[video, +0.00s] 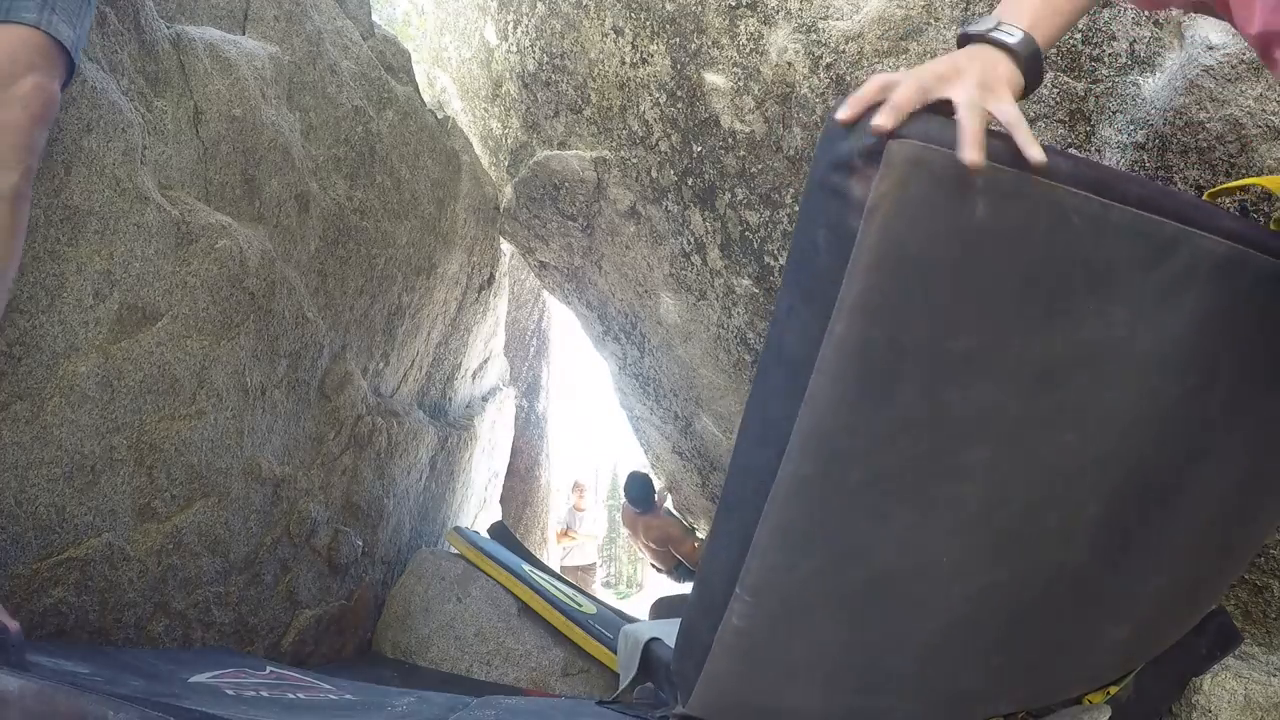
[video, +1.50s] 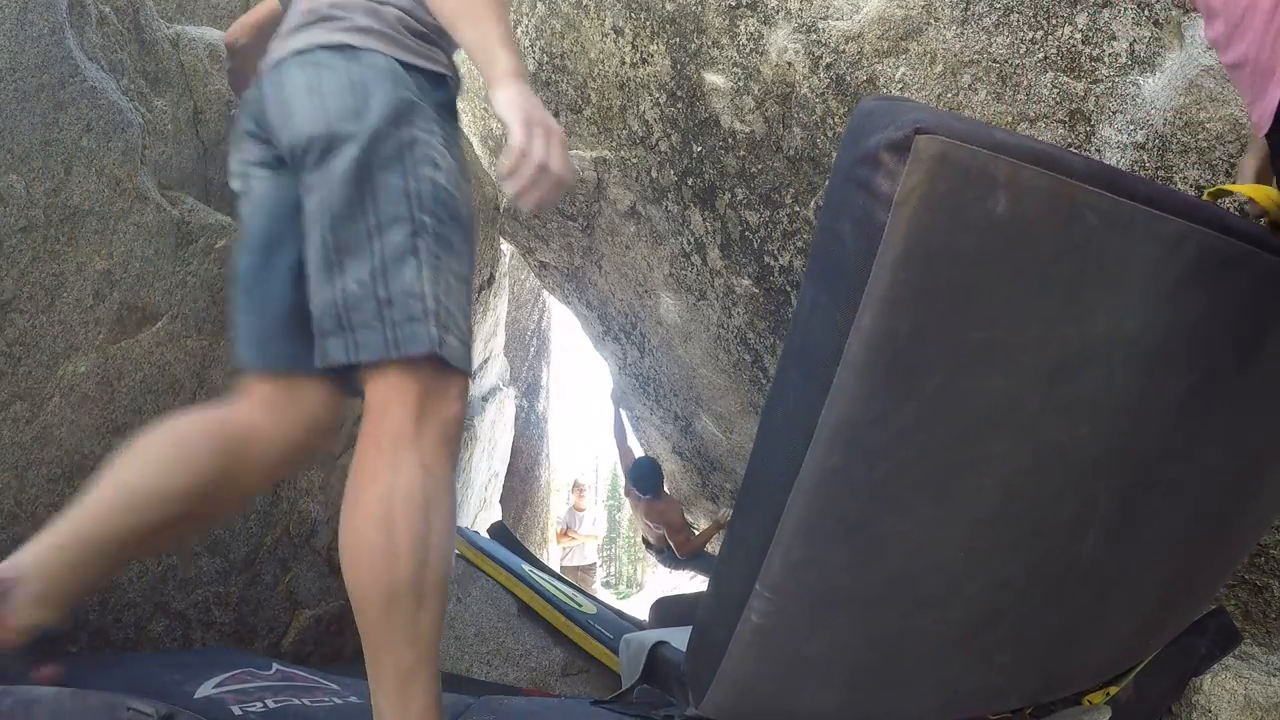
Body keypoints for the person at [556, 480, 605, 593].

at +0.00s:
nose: (581, 493)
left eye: (584, 490)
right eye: (578, 490)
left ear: (588, 493)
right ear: (572, 492)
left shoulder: (597, 513)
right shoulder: (565, 513)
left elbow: (597, 538)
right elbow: (560, 540)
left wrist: (569, 532)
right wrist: (584, 538)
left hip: (589, 563)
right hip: (568, 564)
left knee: (588, 603)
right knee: (568, 603)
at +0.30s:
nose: (581, 493)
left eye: (584, 489)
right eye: (578, 489)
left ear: (589, 492)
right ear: (572, 492)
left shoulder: (597, 513)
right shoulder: (565, 512)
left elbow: (598, 539)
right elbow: (559, 540)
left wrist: (571, 533)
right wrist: (585, 538)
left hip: (589, 564)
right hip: (567, 565)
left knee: (588, 604)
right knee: (567, 604)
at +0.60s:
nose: (582, 492)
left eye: (585, 489)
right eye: (578, 489)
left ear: (589, 492)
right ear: (572, 492)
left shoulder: (597, 513)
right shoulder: (565, 512)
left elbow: (598, 539)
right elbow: (559, 540)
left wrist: (572, 533)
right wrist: (585, 538)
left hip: (589, 565)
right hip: (568, 566)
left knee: (588, 605)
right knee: (568, 605)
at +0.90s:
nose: (581, 493)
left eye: (584, 489)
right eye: (578, 489)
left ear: (589, 492)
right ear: (572, 492)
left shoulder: (598, 514)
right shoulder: (565, 513)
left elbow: (597, 539)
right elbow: (559, 541)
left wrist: (573, 533)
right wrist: (585, 538)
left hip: (589, 565)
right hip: (567, 566)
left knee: (589, 605)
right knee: (568, 605)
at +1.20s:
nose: (581, 492)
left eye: (584, 489)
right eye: (578, 489)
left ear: (589, 492)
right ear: (572, 492)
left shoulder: (598, 513)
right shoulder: (565, 513)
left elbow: (598, 538)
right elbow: (560, 541)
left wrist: (573, 533)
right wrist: (586, 538)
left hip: (589, 565)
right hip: (567, 566)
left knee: (590, 605)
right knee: (568, 605)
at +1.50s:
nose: (581, 493)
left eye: (584, 489)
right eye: (578, 489)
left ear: (590, 492)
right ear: (572, 492)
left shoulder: (597, 513)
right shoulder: (565, 513)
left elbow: (598, 539)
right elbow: (560, 540)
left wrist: (572, 533)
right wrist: (586, 538)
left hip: (589, 565)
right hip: (568, 566)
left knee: (589, 604)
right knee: (568, 604)